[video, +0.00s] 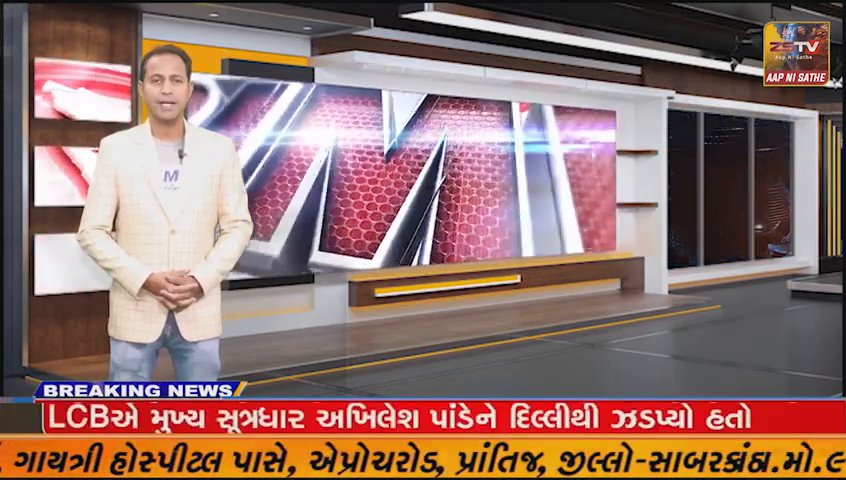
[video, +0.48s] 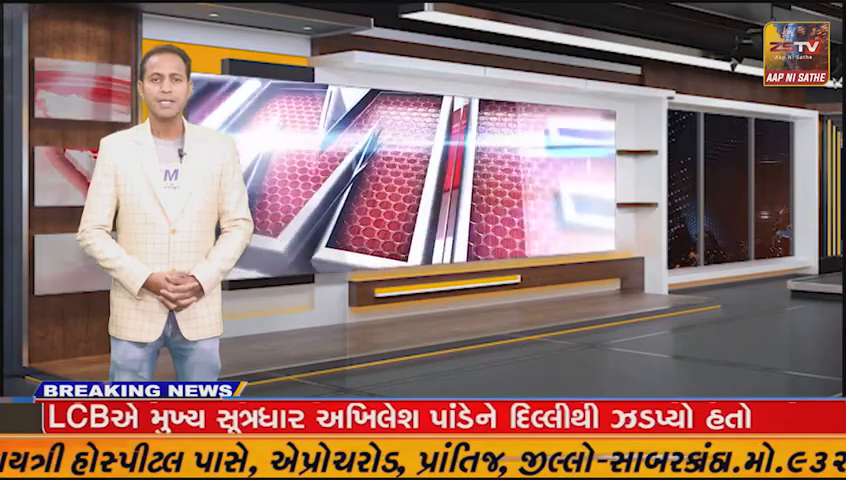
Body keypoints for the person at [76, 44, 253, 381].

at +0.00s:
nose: (166, 89)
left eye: (176, 80)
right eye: (156, 80)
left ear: (189, 90)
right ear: (142, 88)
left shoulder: (220, 149)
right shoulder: (116, 148)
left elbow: (238, 225)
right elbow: (91, 231)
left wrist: (201, 279)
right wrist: (145, 279)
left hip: (198, 310)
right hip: (135, 310)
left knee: (204, 420)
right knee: (125, 420)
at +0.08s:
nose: (167, 89)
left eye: (176, 80)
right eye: (156, 80)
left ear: (189, 90)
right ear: (142, 88)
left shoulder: (219, 148)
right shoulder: (116, 148)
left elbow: (238, 225)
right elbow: (91, 231)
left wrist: (201, 279)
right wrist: (145, 279)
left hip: (198, 310)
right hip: (135, 310)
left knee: (205, 420)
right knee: (125, 420)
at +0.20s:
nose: (167, 90)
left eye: (176, 80)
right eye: (157, 80)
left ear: (189, 90)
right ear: (142, 89)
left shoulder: (219, 149)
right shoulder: (115, 148)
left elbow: (238, 225)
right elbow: (91, 232)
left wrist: (202, 279)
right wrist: (145, 279)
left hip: (199, 310)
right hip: (135, 310)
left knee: (205, 420)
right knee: (126, 420)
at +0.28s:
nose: (167, 89)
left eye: (176, 80)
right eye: (157, 80)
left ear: (189, 89)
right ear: (143, 89)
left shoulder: (219, 147)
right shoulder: (115, 148)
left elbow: (238, 224)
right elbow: (92, 232)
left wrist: (202, 279)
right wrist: (145, 279)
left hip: (199, 310)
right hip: (135, 310)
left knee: (205, 420)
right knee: (125, 421)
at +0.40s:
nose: (166, 88)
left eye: (176, 79)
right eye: (156, 79)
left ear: (189, 89)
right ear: (142, 88)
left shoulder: (219, 147)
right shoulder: (116, 148)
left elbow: (238, 224)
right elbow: (91, 232)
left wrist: (202, 279)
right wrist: (145, 279)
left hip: (199, 309)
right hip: (135, 310)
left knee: (204, 420)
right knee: (126, 420)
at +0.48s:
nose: (166, 88)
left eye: (176, 79)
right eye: (156, 79)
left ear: (189, 88)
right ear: (142, 88)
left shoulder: (219, 146)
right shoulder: (115, 147)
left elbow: (239, 224)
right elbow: (91, 231)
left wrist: (201, 280)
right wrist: (145, 279)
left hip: (199, 309)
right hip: (135, 309)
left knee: (204, 420)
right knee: (125, 420)